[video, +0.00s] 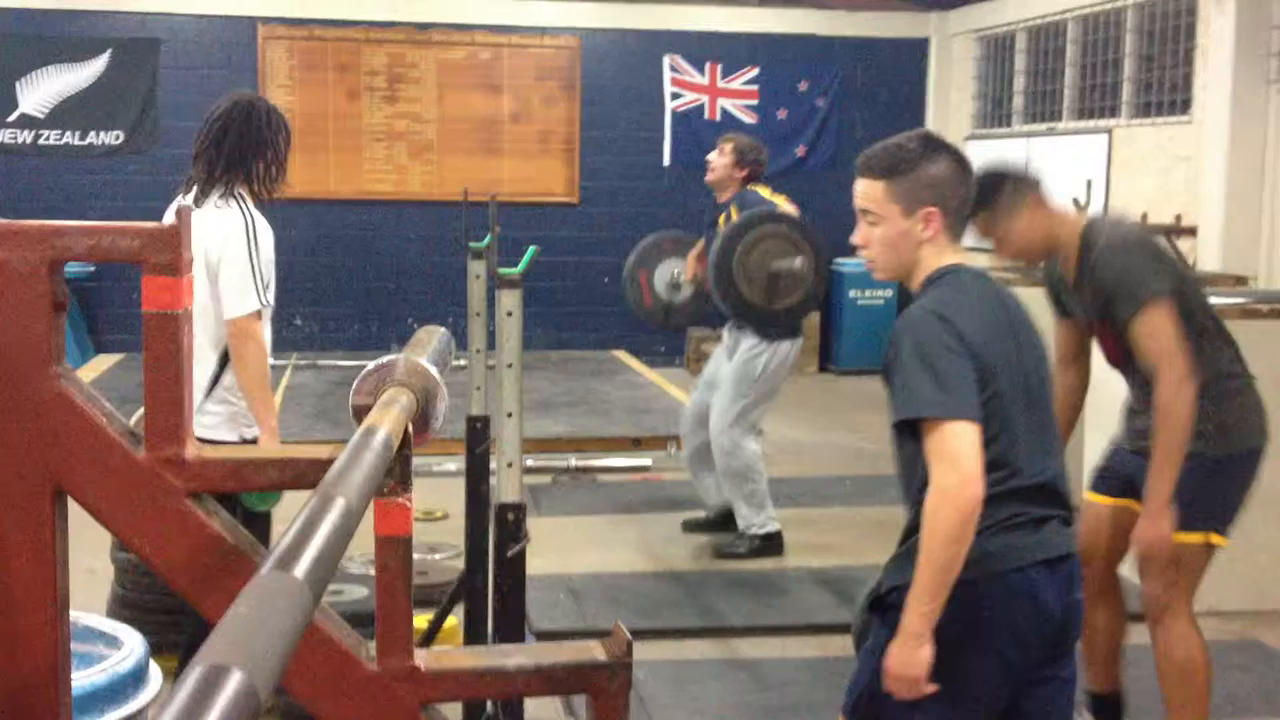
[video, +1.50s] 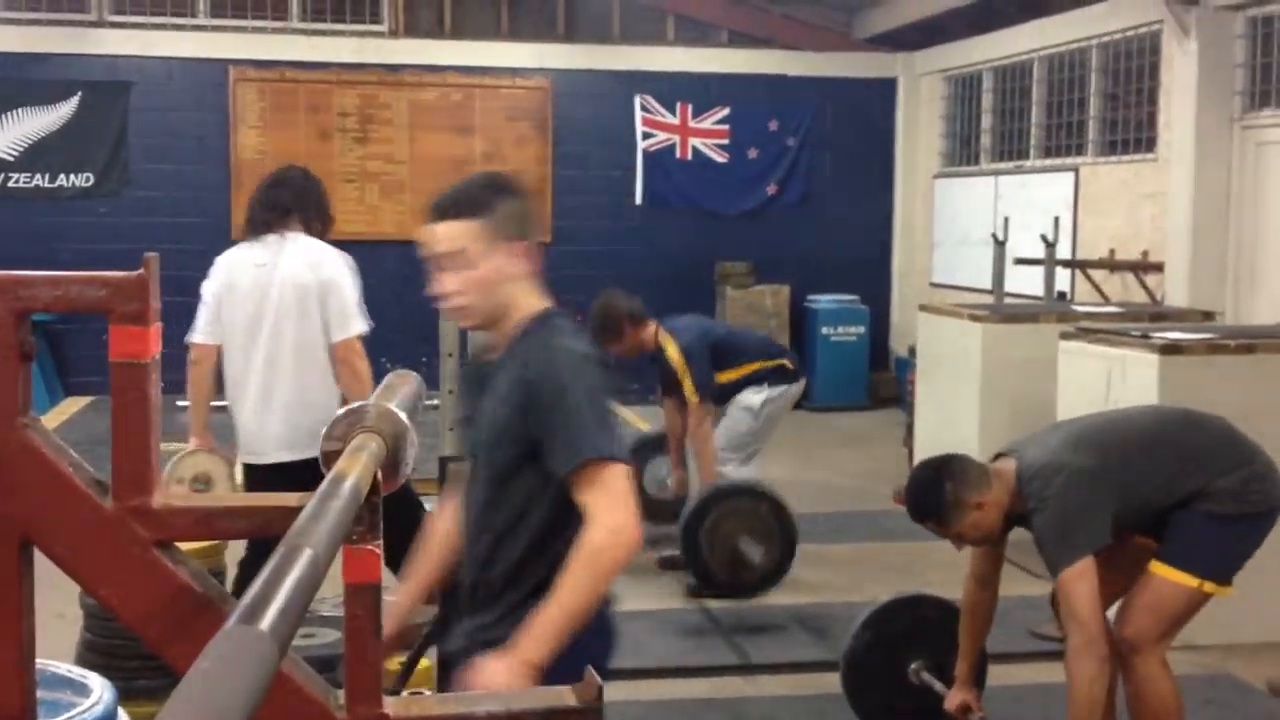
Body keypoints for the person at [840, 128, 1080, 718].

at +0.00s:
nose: (856, 239)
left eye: (869, 220)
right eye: (858, 219)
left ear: (926, 223)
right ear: (931, 225)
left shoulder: (927, 322)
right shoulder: (1000, 302)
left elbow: (957, 485)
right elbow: (1029, 453)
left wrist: (914, 630)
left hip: (980, 591)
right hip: (1050, 575)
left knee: (880, 704)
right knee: (1042, 707)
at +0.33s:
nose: (776, 231)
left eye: (793, 213)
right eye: (779, 213)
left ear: (852, 223)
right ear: (849, 225)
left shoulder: (861, 321)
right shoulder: (889, 306)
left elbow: (882, 498)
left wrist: (794, 636)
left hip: (894, 612)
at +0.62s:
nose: (708, 228)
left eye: (724, 209)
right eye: (711, 208)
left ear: (782, 217)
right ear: (784, 220)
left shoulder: (795, 328)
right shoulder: (825, 306)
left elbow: (805, 509)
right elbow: (802, 478)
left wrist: (718, 659)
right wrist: (734, 566)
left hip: (808, 628)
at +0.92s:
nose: (656, 247)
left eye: (678, 229)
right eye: (658, 227)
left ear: (738, 235)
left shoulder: (758, 344)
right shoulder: (730, 331)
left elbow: (768, 527)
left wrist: (699, 677)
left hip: (738, 648)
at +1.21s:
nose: (590, 263)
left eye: (614, 243)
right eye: (582, 243)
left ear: (669, 254)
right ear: (572, 246)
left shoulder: (677, 361)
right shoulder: (621, 355)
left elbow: (703, 534)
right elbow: (622, 521)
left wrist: (643, 693)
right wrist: (584, 661)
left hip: (642, 680)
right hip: (597, 666)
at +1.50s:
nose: (439, 288)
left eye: (457, 264)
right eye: (433, 269)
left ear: (520, 258)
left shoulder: (558, 359)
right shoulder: (491, 359)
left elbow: (616, 525)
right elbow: (462, 499)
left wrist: (520, 658)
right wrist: (390, 618)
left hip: (540, 670)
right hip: (476, 655)